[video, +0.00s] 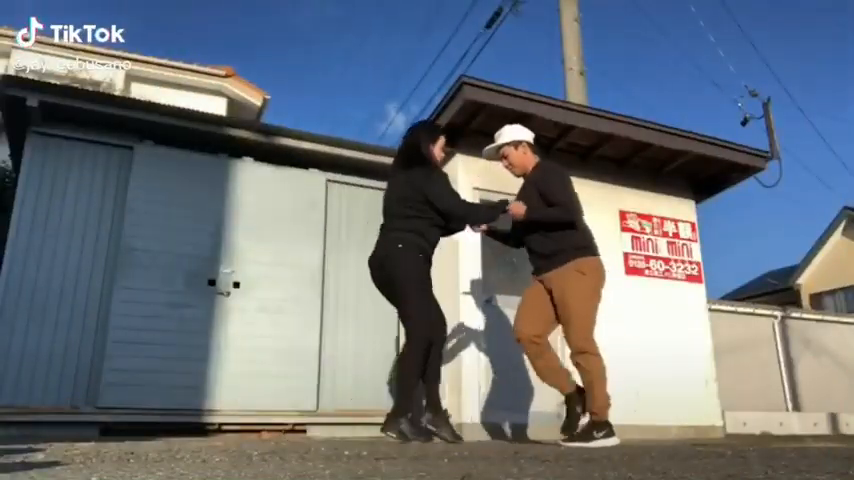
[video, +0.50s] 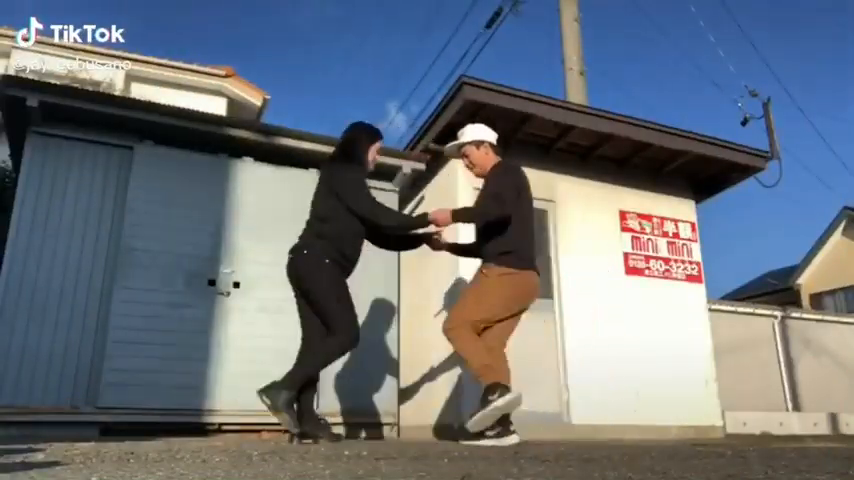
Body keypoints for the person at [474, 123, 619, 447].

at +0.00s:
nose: (504, 164)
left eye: (505, 156)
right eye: (501, 159)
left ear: (524, 148)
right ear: (517, 154)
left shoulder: (549, 173)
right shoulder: (526, 190)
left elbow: (570, 214)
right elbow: (520, 238)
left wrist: (528, 213)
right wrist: (490, 230)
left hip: (576, 268)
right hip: (547, 277)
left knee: (581, 344)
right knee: (528, 333)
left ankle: (601, 422)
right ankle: (572, 394)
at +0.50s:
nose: (465, 163)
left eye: (466, 155)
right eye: (462, 158)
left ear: (484, 147)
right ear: (486, 151)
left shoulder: (503, 174)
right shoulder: (508, 182)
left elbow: (493, 212)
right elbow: (486, 248)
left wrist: (453, 215)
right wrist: (446, 246)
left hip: (505, 272)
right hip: (522, 277)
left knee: (457, 325)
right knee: (491, 345)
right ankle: (500, 426)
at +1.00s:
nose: (446, 160)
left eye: (447, 152)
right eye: (443, 154)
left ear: (465, 145)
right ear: (459, 149)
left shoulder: (487, 172)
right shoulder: (469, 187)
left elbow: (487, 217)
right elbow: (452, 241)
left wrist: (441, 215)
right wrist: (417, 233)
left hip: (489, 273)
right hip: (468, 273)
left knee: (459, 344)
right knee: (440, 341)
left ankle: (426, 420)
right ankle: (484, 411)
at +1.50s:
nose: (482, 156)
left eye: (484, 148)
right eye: (479, 151)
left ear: (503, 141)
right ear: (495, 148)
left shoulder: (526, 171)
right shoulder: (502, 188)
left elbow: (534, 218)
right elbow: (505, 236)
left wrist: (487, 215)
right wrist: (468, 232)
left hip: (554, 265)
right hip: (523, 273)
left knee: (557, 342)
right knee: (500, 337)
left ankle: (568, 423)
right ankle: (512, 416)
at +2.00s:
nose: (517, 136)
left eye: (524, 132)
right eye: (518, 131)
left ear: (541, 139)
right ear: (527, 137)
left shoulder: (542, 159)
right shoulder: (527, 185)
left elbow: (502, 141)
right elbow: (529, 240)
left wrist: (458, 115)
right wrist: (502, 248)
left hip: (569, 266)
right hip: (564, 269)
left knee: (540, 340)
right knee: (581, 345)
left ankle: (544, 423)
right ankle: (640, 411)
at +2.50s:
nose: (512, 149)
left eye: (518, 142)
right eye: (510, 144)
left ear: (536, 144)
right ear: (512, 150)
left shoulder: (559, 174)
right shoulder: (508, 192)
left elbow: (545, 155)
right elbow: (499, 237)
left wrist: (511, 129)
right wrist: (462, 222)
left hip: (546, 269)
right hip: (511, 270)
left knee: (517, 334)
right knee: (495, 338)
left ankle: (540, 416)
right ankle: (511, 417)